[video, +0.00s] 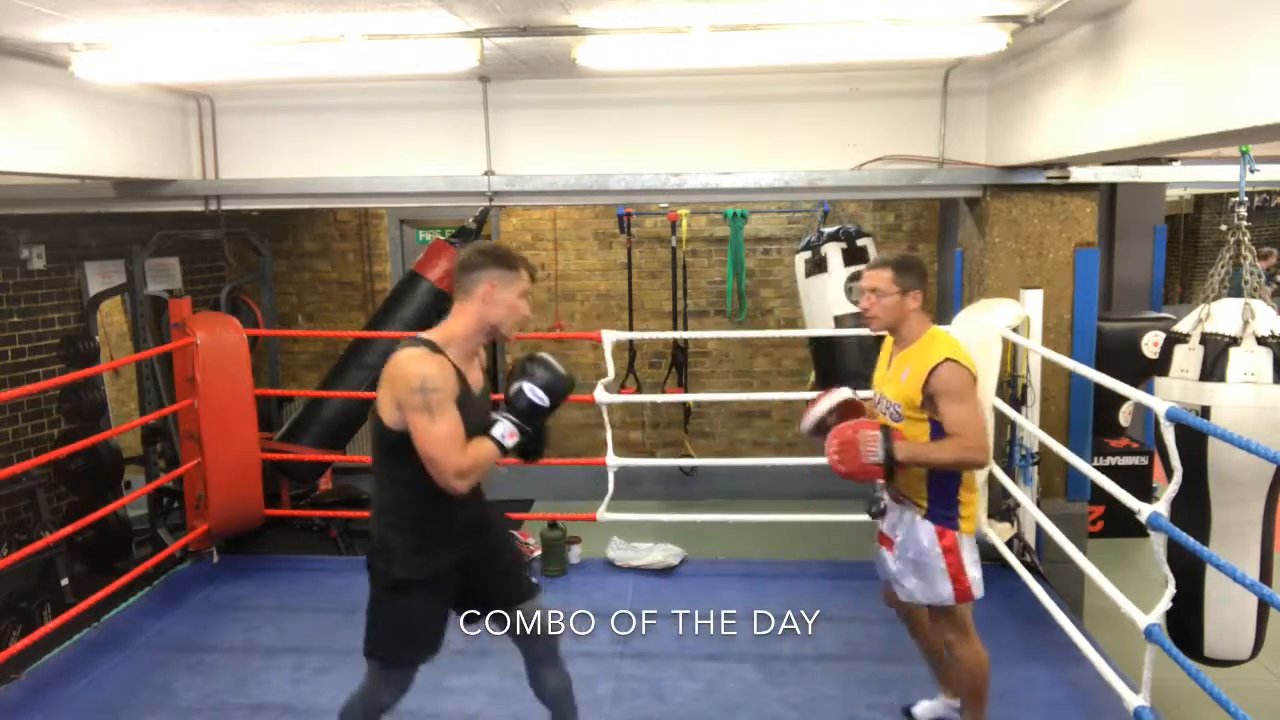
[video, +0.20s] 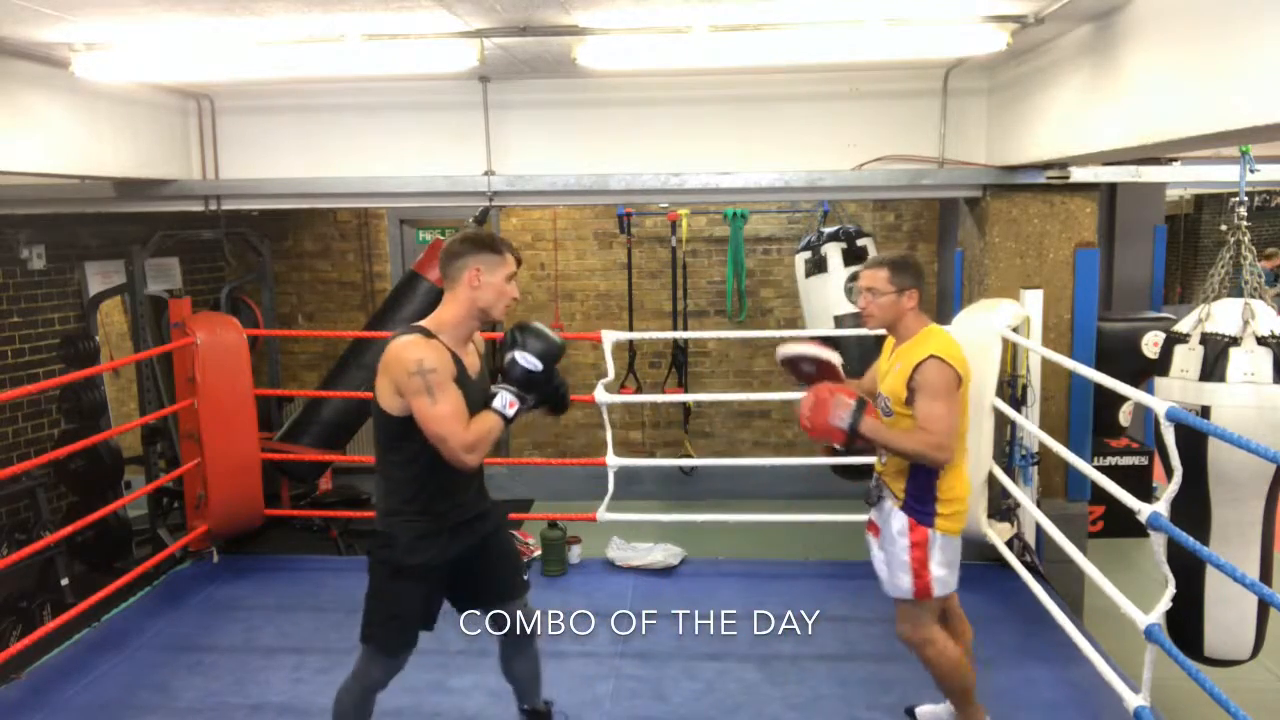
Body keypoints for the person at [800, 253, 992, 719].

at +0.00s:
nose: (863, 305)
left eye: (875, 295)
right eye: (863, 295)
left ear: (913, 300)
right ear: (899, 302)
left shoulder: (945, 366)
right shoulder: (895, 344)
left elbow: (975, 450)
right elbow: (900, 419)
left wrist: (893, 449)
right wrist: (850, 409)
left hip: (939, 523)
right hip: (901, 509)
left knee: (955, 632)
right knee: (902, 599)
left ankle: (975, 715)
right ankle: (952, 697)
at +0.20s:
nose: (860, 304)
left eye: (871, 295)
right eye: (860, 294)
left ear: (908, 299)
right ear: (899, 303)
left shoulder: (933, 360)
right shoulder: (897, 346)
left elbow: (937, 449)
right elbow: (863, 391)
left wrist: (859, 420)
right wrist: (828, 383)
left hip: (926, 514)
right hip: (907, 505)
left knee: (917, 630)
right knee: (944, 612)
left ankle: (972, 714)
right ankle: (961, 702)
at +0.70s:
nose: (780, 311)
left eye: (790, 302)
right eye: (781, 300)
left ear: (825, 310)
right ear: (827, 312)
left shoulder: (829, 365)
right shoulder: (862, 352)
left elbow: (807, 432)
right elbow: (832, 422)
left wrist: (755, 391)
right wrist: (782, 387)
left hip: (834, 526)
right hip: (874, 515)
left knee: (789, 643)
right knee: (904, 610)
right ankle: (954, 702)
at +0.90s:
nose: (741, 298)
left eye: (752, 290)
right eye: (744, 288)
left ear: (787, 299)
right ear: (791, 301)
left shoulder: (787, 350)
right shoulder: (818, 343)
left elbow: (739, 397)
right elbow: (737, 368)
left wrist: (655, 374)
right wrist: (702, 337)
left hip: (800, 517)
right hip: (840, 505)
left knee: (771, 642)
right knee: (857, 610)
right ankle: (906, 708)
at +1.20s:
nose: (707, 304)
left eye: (717, 294)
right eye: (708, 293)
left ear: (753, 303)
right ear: (757, 304)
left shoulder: (746, 358)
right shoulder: (800, 343)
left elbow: (694, 413)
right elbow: (763, 402)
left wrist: (605, 392)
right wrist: (715, 362)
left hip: (778, 524)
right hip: (825, 509)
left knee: (759, 652)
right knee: (830, 613)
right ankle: (867, 711)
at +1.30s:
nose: (708, 304)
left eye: (717, 295)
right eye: (709, 294)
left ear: (753, 300)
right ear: (758, 302)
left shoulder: (752, 357)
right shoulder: (798, 344)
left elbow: (718, 419)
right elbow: (768, 400)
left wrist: (640, 409)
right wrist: (722, 356)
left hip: (768, 523)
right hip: (817, 511)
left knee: (748, 652)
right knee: (830, 618)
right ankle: (861, 715)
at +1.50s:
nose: (705, 306)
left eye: (714, 296)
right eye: (705, 296)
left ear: (749, 303)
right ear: (748, 305)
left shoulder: (765, 358)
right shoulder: (767, 347)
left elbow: (726, 429)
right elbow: (711, 405)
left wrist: (652, 402)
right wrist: (688, 350)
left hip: (775, 519)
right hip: (801, 510)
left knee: (751, 652)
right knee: (815, 610)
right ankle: (863, 708)